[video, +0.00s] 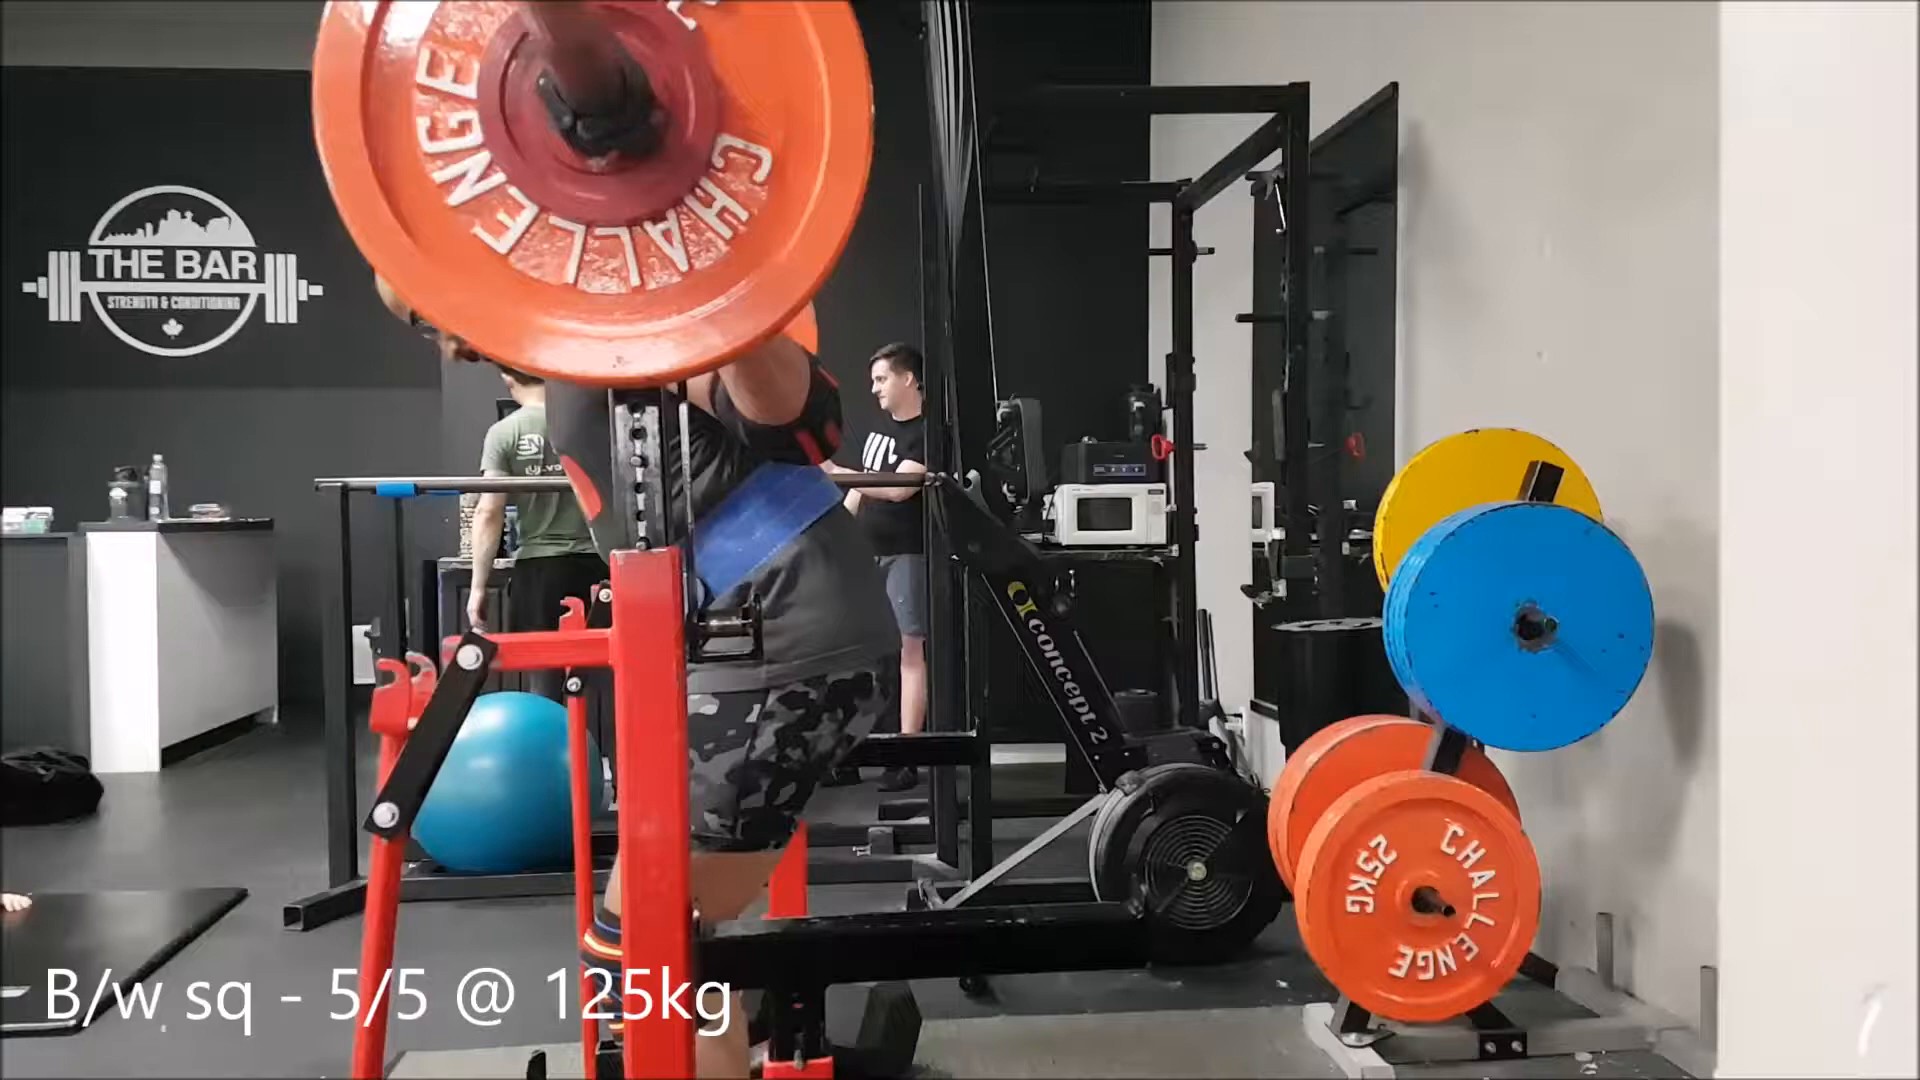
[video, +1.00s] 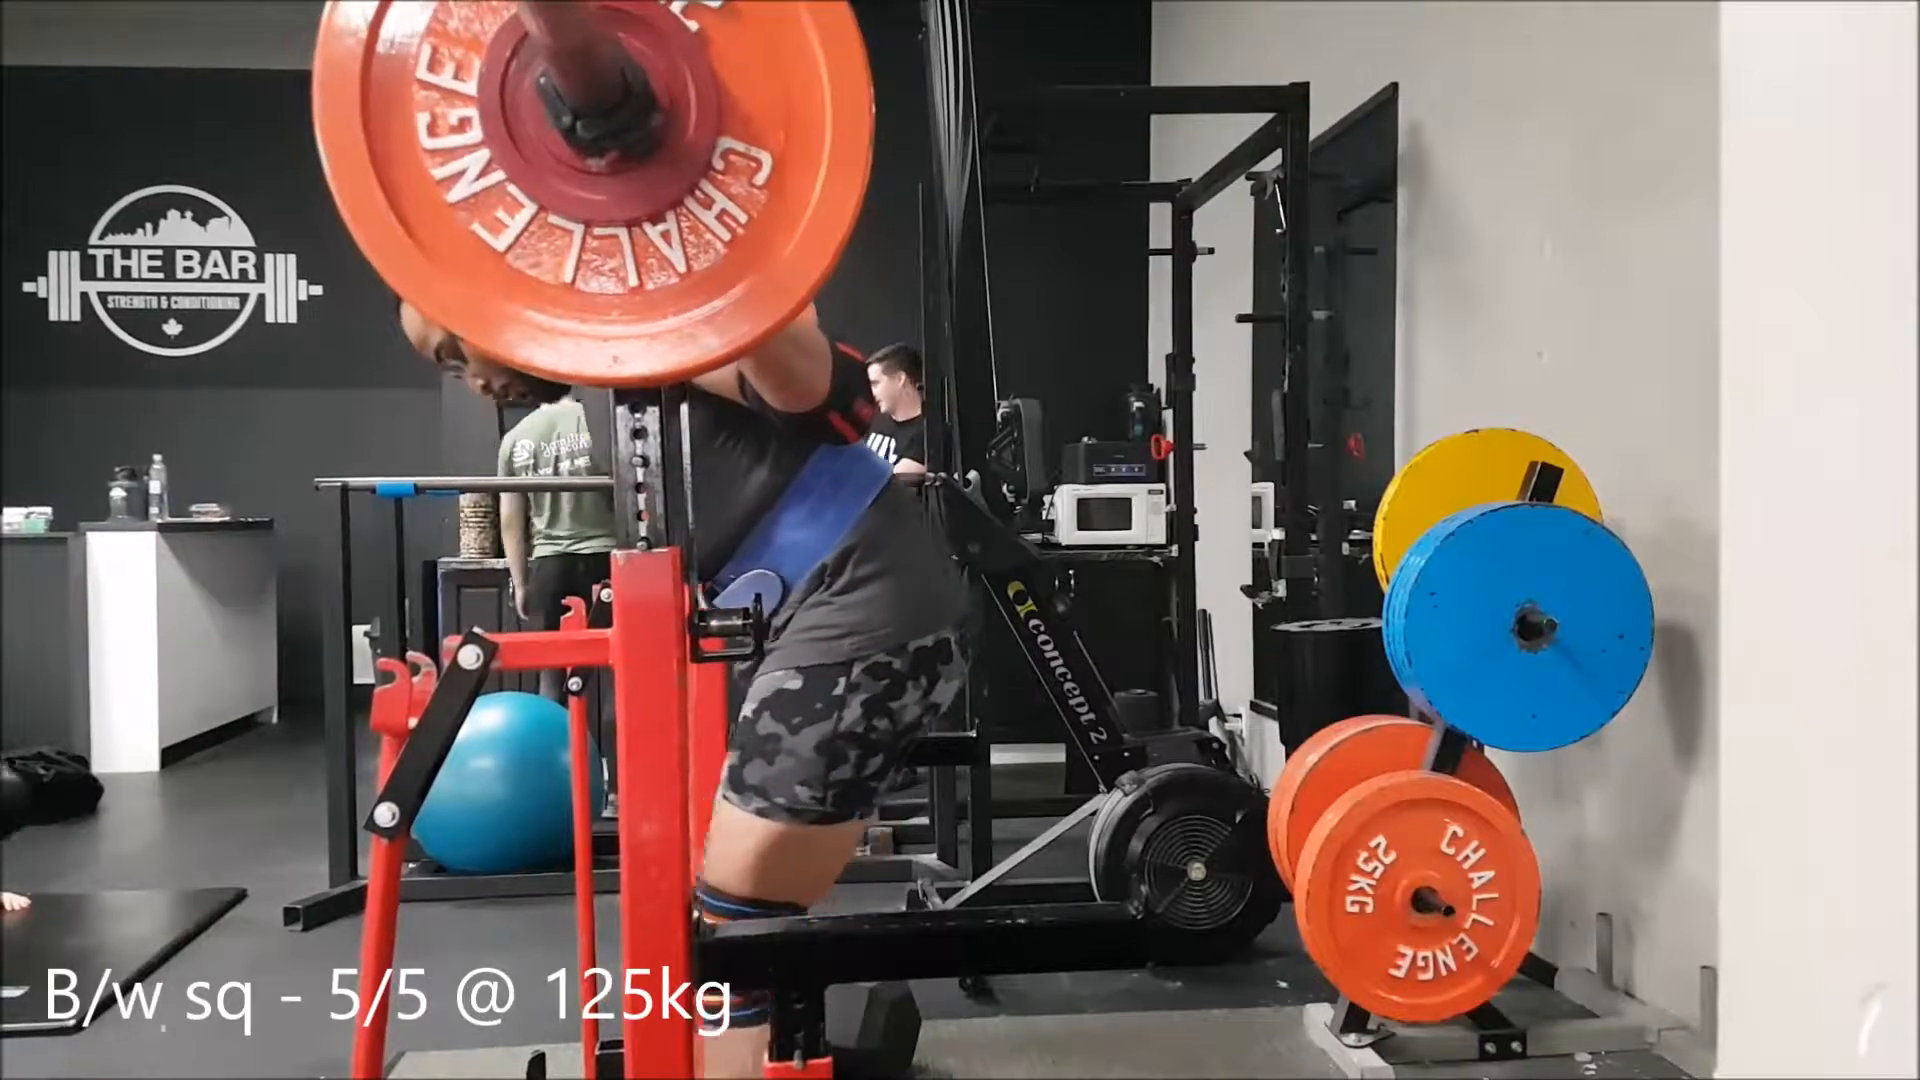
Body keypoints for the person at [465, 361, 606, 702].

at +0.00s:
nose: (504, 381)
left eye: (504, 374)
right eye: (505, 373)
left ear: (510, 378)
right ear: (550, 374)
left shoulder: (505, 432)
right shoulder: (589, 418)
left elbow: (490, 512)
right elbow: (619, 496)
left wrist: (479, 587)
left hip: (538, 574)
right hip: (597, 569)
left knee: (543, 684)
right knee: (602, 682)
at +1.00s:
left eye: (516, 386)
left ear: (530, 389)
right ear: (571, 382)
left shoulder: (516, 440)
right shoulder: (600, 418)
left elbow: (511, 524)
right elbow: (630, 494)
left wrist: (519, 584)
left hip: (549, 567)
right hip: (605, 561)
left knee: (553, 674)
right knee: (611, 672)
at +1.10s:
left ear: (554, 383)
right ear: (595, 384)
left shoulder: (530, 437)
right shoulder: (615, 425)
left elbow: (528, 520)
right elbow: (635, 501)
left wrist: (540, 579)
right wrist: (637, 560)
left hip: (559, 563)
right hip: (613, 559)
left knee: (559, 673)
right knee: (616, 672)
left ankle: (560, 781)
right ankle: (619, 785)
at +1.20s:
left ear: (565, 390)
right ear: (598, 390)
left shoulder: (540, 438)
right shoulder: (612, 427)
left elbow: (540, 513)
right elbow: (618, 505)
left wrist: (554, 560)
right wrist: (631, 547)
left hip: (566, 561)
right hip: (614, 560)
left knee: (564, 673)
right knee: (615, 674)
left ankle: (556, 772)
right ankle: (618, 785)